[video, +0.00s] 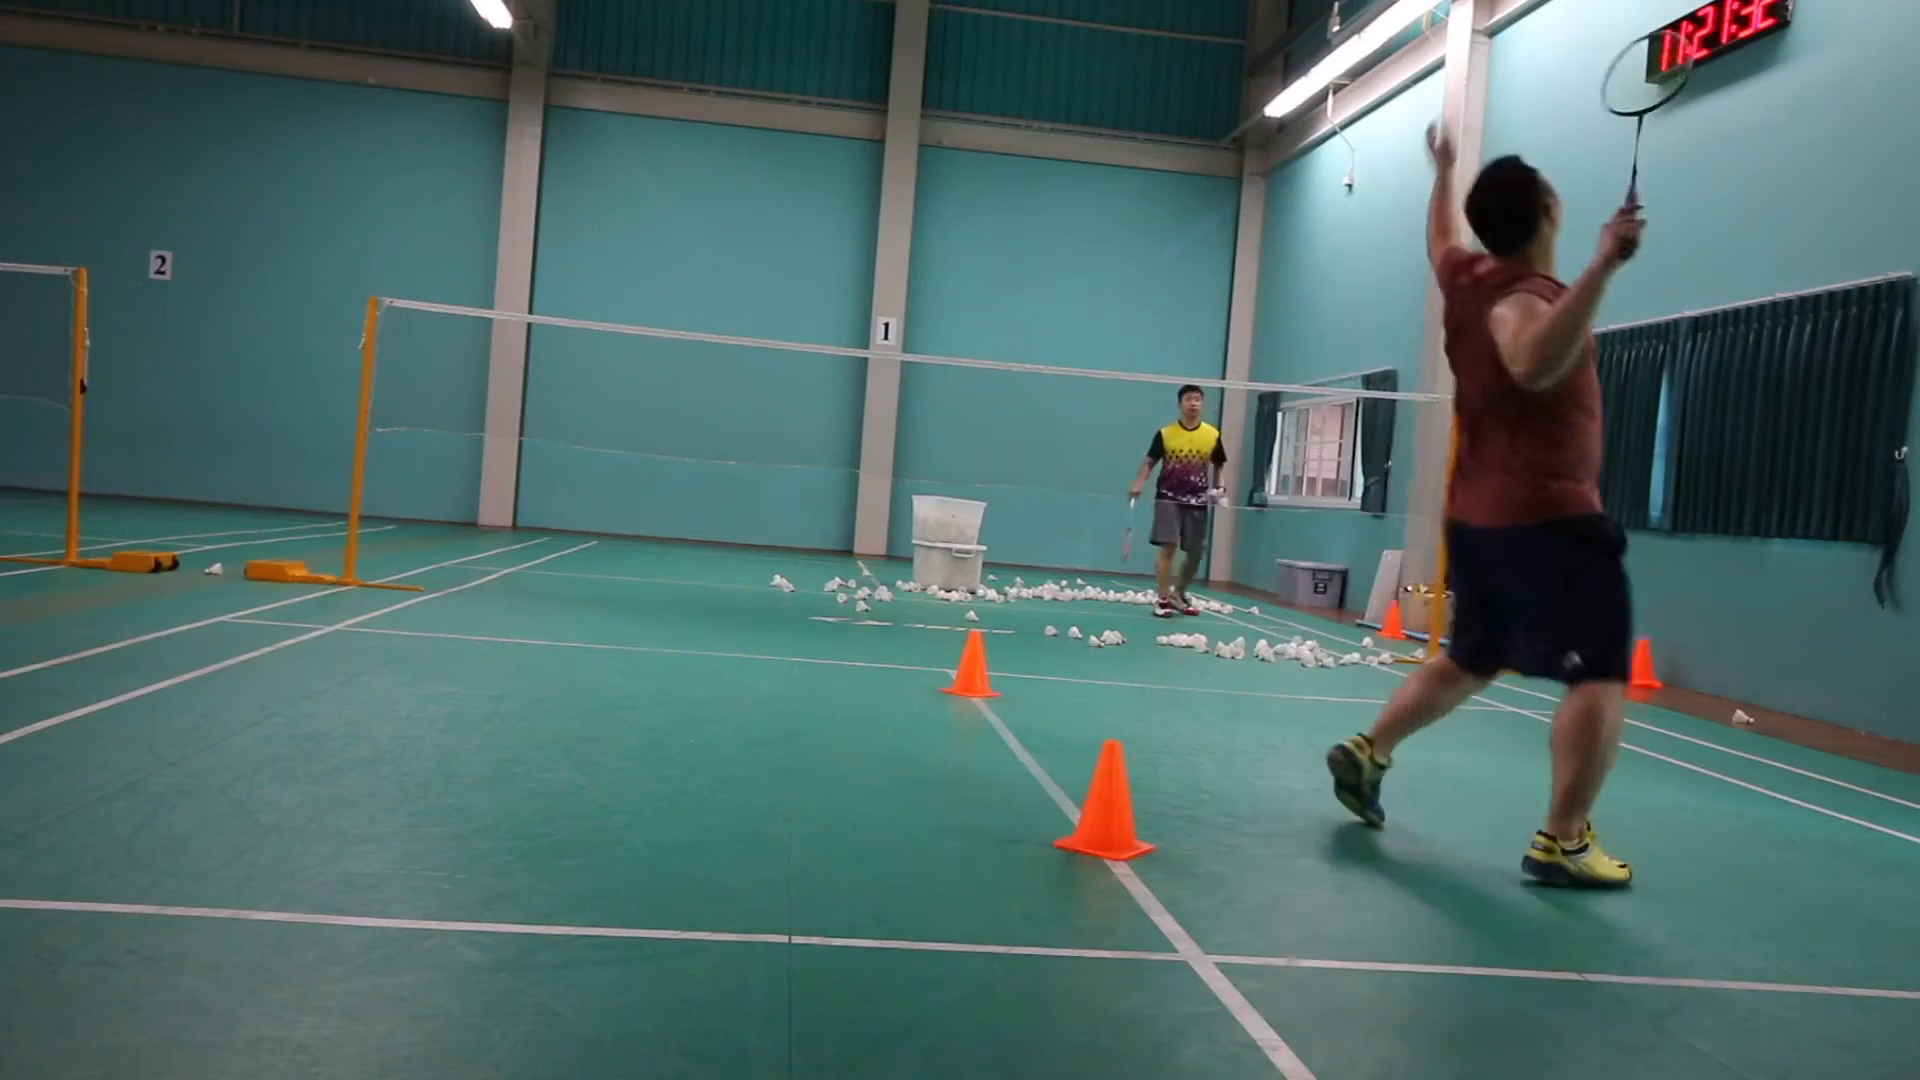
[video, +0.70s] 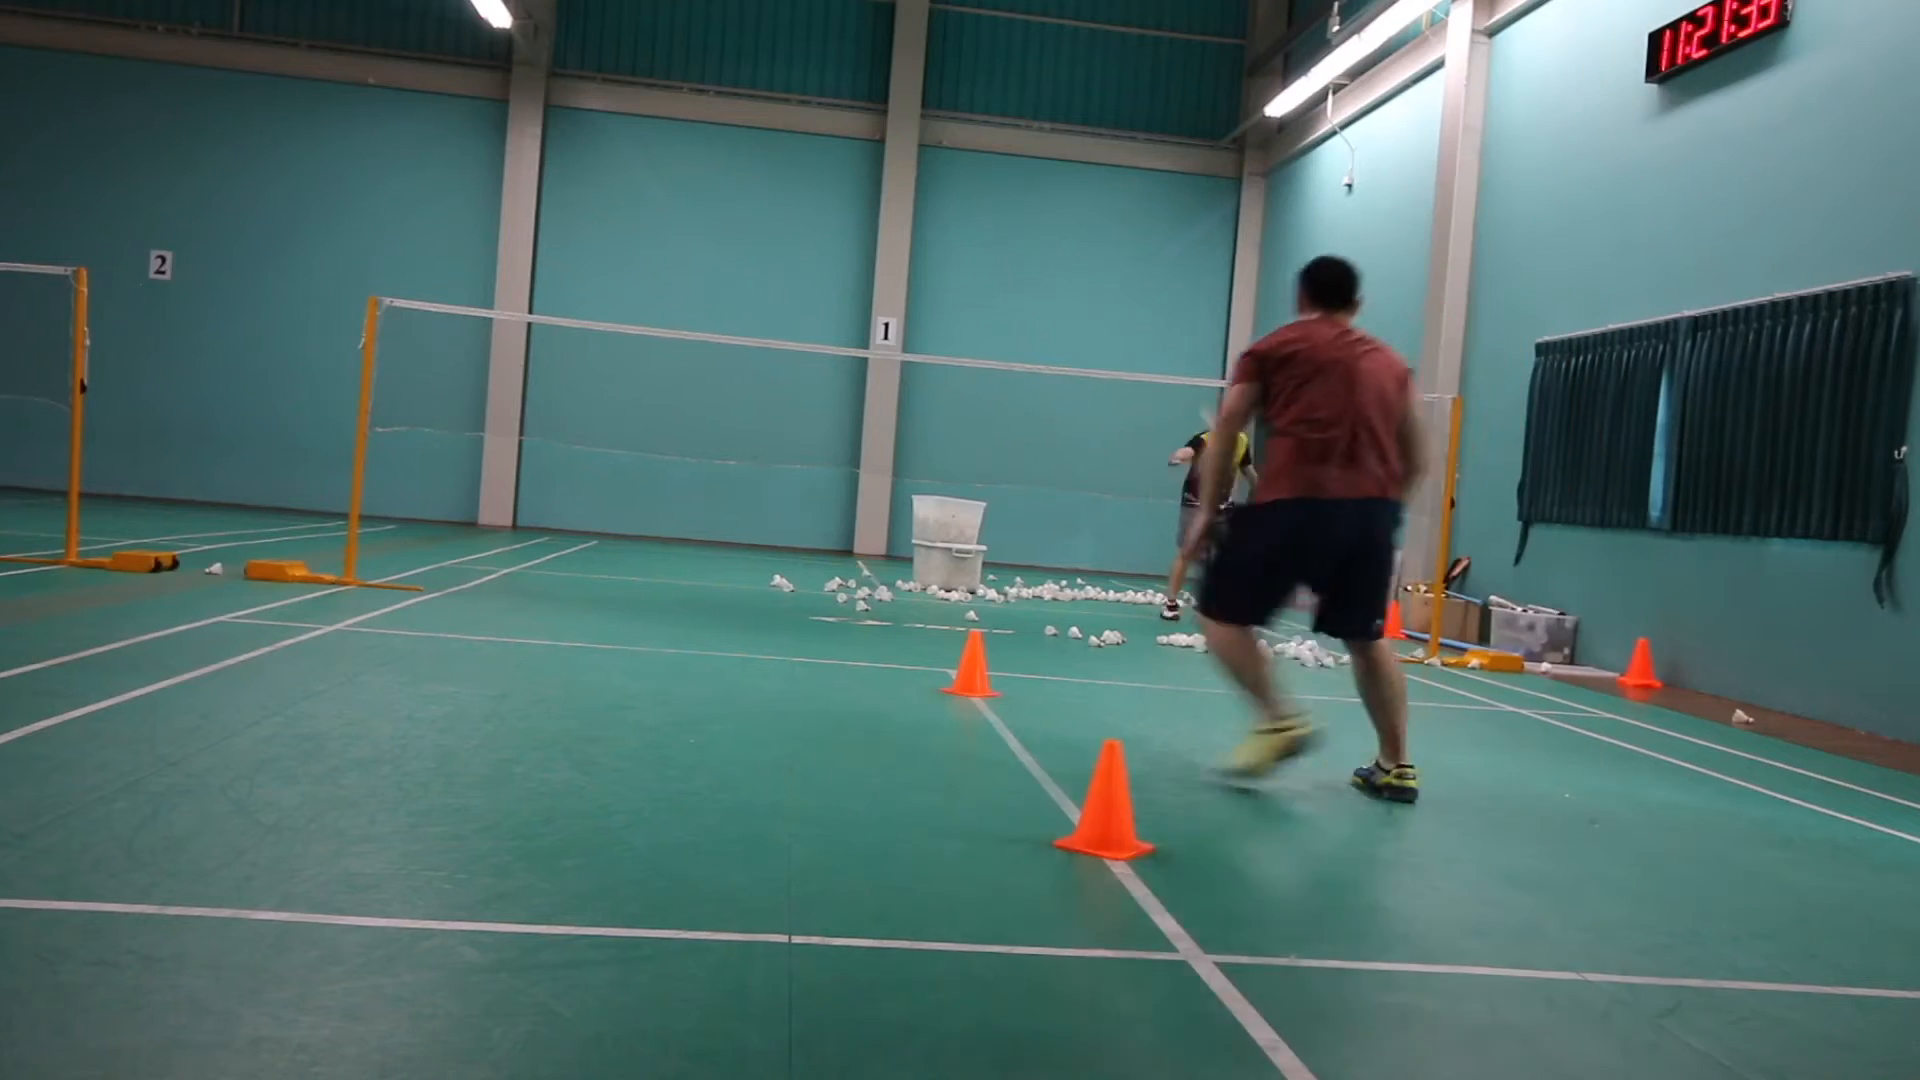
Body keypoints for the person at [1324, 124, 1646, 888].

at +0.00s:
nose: (1560, 211)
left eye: (1554, 201)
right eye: (1556, 203)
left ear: (1487, 226)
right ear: (1545, 216)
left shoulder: (1463, 280)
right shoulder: (1529, 294)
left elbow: (1445, 230)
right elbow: (1532, 360)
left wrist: (1444, 169)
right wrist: (1603, 269)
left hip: (1478, 518)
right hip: (1557, 522)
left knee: (1474, 654)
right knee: (1599, 672)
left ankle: (1368, 753)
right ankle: (1565, 838)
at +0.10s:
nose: (1564, 201)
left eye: (1553, 192)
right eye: (1555, 195)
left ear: (1488, 227)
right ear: (1550, 215)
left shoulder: (1464, 297)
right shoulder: (1553, 290)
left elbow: (1416, 344)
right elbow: (1609, 325)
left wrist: (1390, 340)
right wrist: (1586, 221)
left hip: (1504, 519)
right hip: (1592, 518)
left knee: (1465, 650)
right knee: (1610, 667)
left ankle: (1360, 752)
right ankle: (1572, 828)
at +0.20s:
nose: (1523, 203)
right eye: (1526, 193)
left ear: (1459, 218)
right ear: (1530, 200)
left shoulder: (1443, 313)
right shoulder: (1570, 245)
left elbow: (1411, 416)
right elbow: (1632, 150)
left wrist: (1379, 495)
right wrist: (1556, 96)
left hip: (1495, 496)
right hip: (1597, 488)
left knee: (1446, 636)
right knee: (1598, 646)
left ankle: (1410, 784)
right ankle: (1587, 814)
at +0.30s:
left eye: (1421, 232)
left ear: (1420, 242)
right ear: (1486, 227)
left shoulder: (1414, 335)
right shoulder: (1536, 261)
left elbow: (1394, 446)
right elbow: (1589, 196)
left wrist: (1381, 543)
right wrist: (1608, 128)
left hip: (1466, 512)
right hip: (1567, 497)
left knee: (1445, 653)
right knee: (1582, 651)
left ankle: (1459, 801)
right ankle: (1585, 809)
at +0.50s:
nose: (1369, 258)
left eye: (1369, 248)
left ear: (1370, 251)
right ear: (1432, 253)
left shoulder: (1347, 316)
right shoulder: (1476, 320)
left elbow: (1310, 400)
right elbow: (1496, 412)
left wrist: (1307, 499)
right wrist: (1479, 484)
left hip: (1399, 506)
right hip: (1481, 500)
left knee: (1411, 656)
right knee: (1472, 636)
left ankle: (1457, 800)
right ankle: (1488, 777)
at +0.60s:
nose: (1350, 277)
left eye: (1349, 268)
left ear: (1350, 268)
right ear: (1409, 272)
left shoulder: (1318, 324)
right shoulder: (1447, 333)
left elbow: (1272, 400)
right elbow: (1478, 433)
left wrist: (1269, 487)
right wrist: (1442, 481)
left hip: (1355, 499)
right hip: (1433, 500)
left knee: (1355, 645)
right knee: (1406, 631)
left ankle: (1435, 764)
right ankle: (1402, 759)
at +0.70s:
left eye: (1301, 300)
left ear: (1302, 299)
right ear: (1356, 306)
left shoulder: (1273, 349)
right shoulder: (1389, 363)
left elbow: (1225, 429)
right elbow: (1414, 457)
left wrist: (1206, 511)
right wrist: (1382, 502)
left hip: (1286, 512)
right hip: (1368, 519)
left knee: (1222, 616)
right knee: (1367, 636)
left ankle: (1279, 720)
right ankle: (1397, 765)